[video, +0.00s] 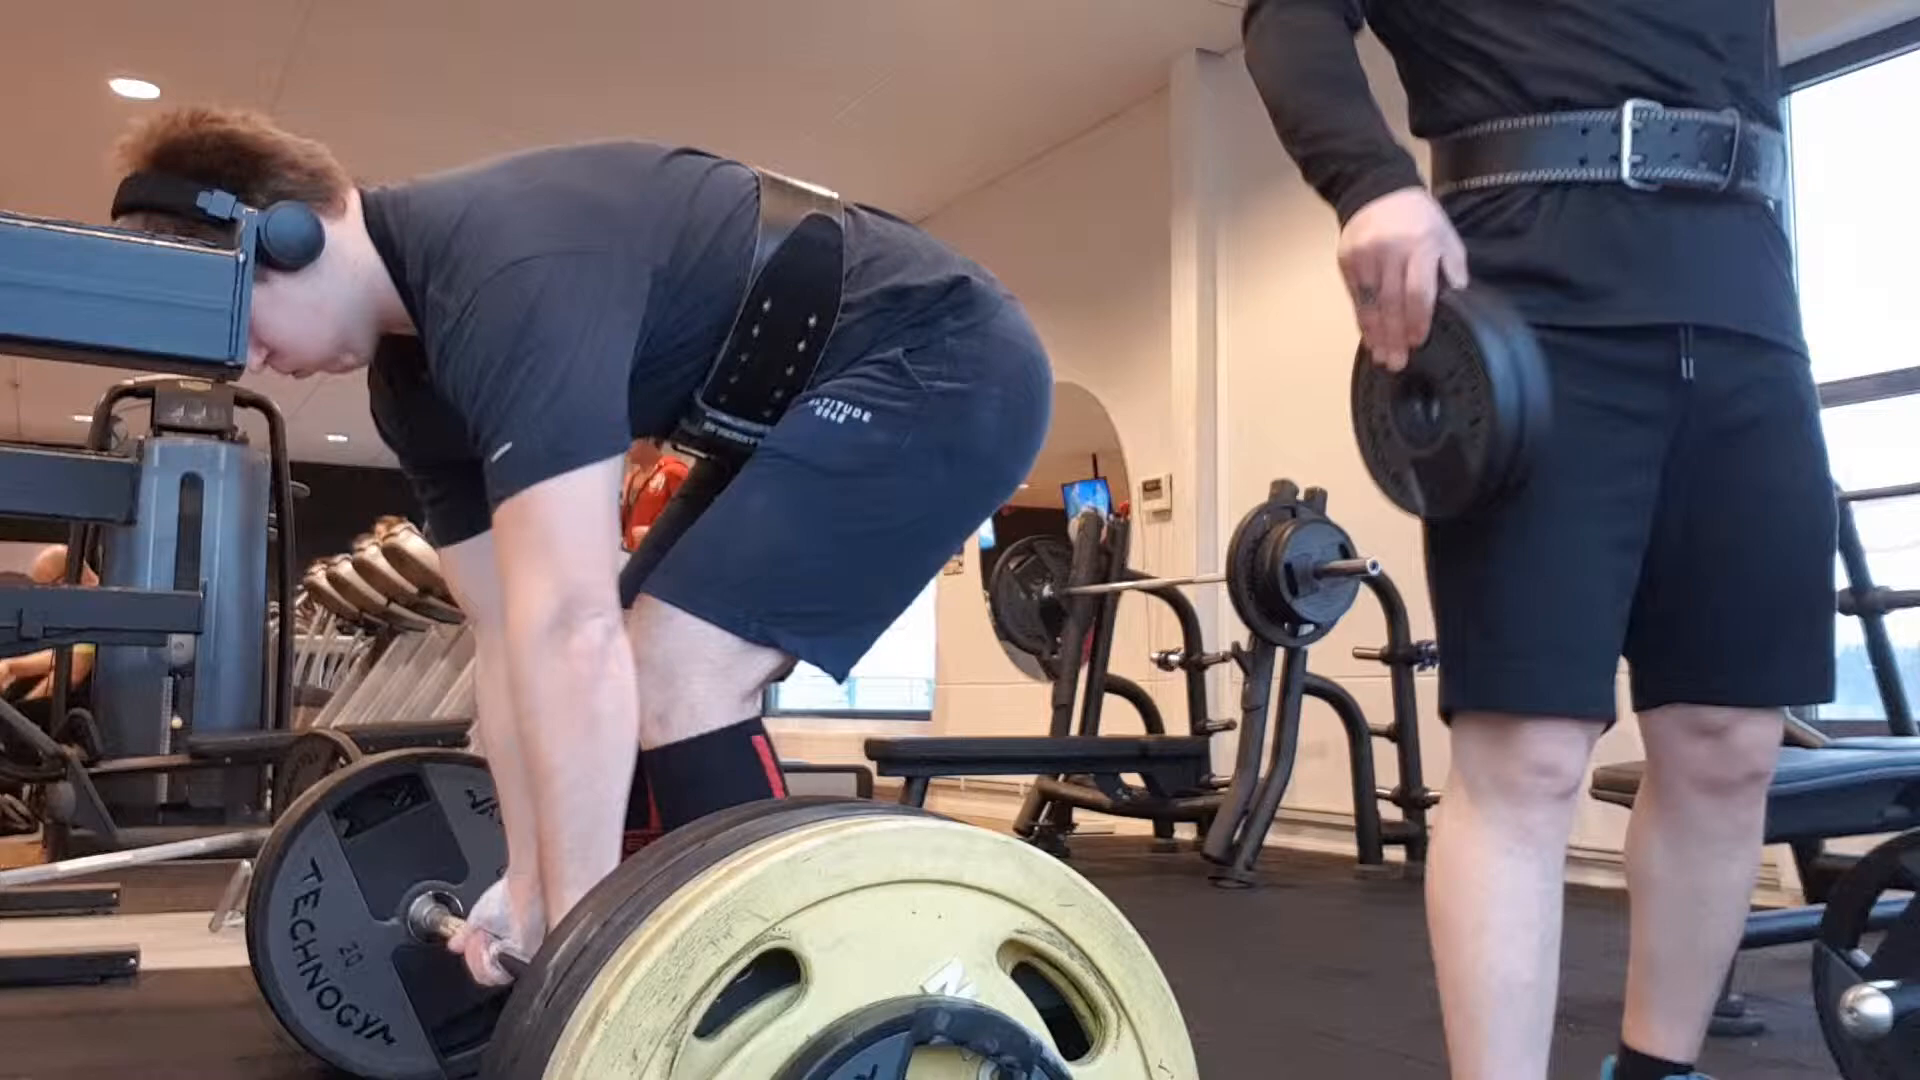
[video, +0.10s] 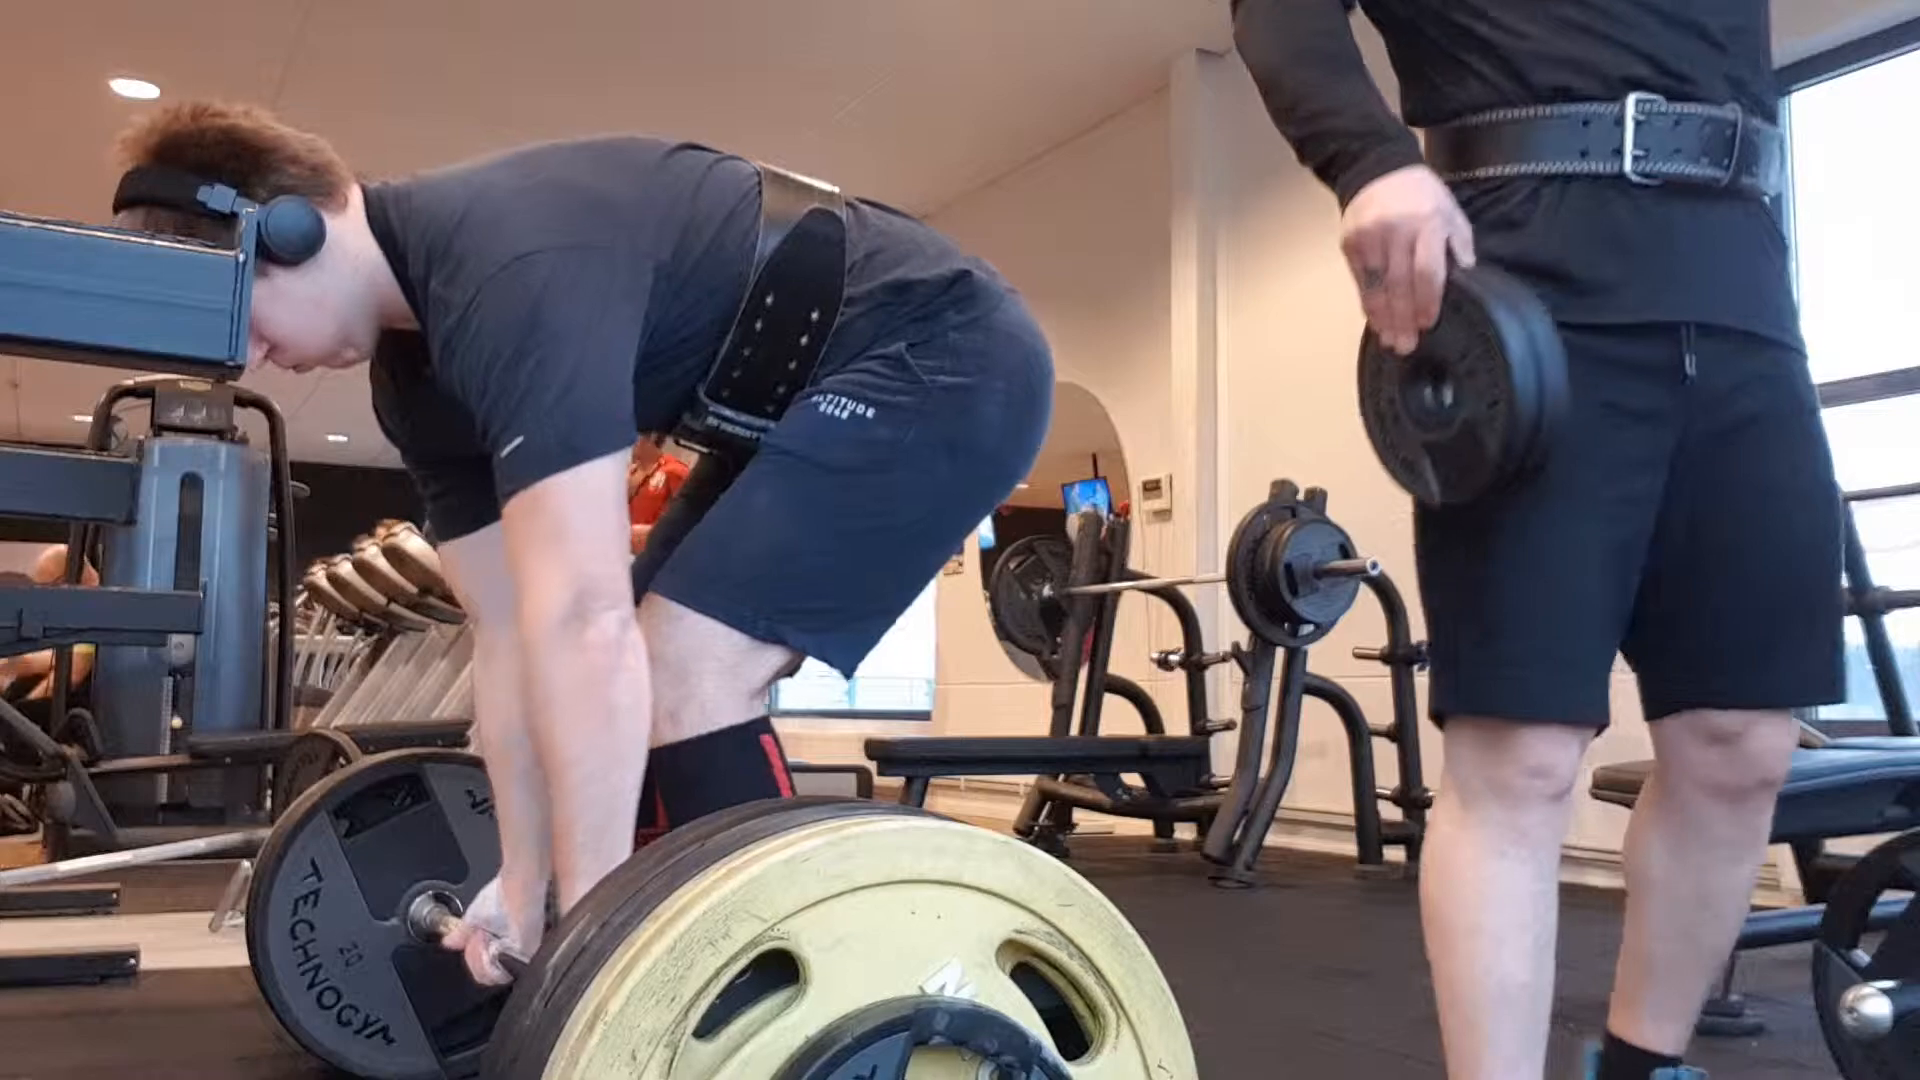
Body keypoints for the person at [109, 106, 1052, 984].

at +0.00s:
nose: (250, 364)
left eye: (233, 321)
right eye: (220, 346)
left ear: (281, 235)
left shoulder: (519, 275)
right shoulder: (413, 376)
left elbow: (578, 628)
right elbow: (507, 633)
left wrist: (582, 935)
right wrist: (525, 885)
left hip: (921, 357)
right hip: (797, 401)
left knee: (686, 672)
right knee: (623, 670)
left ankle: (780, 1007)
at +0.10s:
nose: (255, 359)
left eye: (235, 317)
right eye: (224, 342)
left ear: (279, 233)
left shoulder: (520, 273)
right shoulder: (414, 370)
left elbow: (591, 625)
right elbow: (506, 629)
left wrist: (594, 935)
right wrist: (521, 885)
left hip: (923, 350)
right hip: (796, 398)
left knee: (694, 671)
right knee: (637, 670)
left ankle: (775, 1011)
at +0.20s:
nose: (256, 361)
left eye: (235, 319)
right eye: (225, 345)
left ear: (280, 234)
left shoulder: (523, 270)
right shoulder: (418, 373)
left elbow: (597, 622)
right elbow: (506, 632)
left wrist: (607, 932)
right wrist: (511, 889)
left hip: (926, 340)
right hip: (805, 389)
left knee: (700, 669)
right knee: (646, 665)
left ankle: (784, 1004)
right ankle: (743, 1001)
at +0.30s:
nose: (249, 361)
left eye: (229, 318)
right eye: (217, 343)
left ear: (273, 236)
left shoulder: (523, 270)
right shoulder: (413, 375)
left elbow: (594, 625)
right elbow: (496, 636)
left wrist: (616, 937)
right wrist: (503, 895)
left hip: (926, 352)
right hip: (800, 399)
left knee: (693, 667)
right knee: (633, 667)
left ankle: (760, 1011)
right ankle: (724, 1007)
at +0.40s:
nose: (253, 354)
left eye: (234, 309)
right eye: (222, 337)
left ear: (281, 225)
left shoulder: (520, 271)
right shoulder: (410, 373)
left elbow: (588, 626)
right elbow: (495, 637)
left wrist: (606, 941)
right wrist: (506, 901)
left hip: (924, 377)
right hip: (809, 416)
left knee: (660, 681)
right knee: (632, 686)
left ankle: (774, 1005)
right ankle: (751, 1007)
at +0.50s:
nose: (251, 353)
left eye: (234, 309)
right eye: (221, 334)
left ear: (279, 224)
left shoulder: (523, 273)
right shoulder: (410, 369)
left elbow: (578, 630)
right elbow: (490, 638)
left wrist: (595, 938)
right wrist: (507, 892)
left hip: (923, 378)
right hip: (811, 416)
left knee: (658, 681)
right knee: (627, 679)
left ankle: (772, 1005)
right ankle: (742, 1006)